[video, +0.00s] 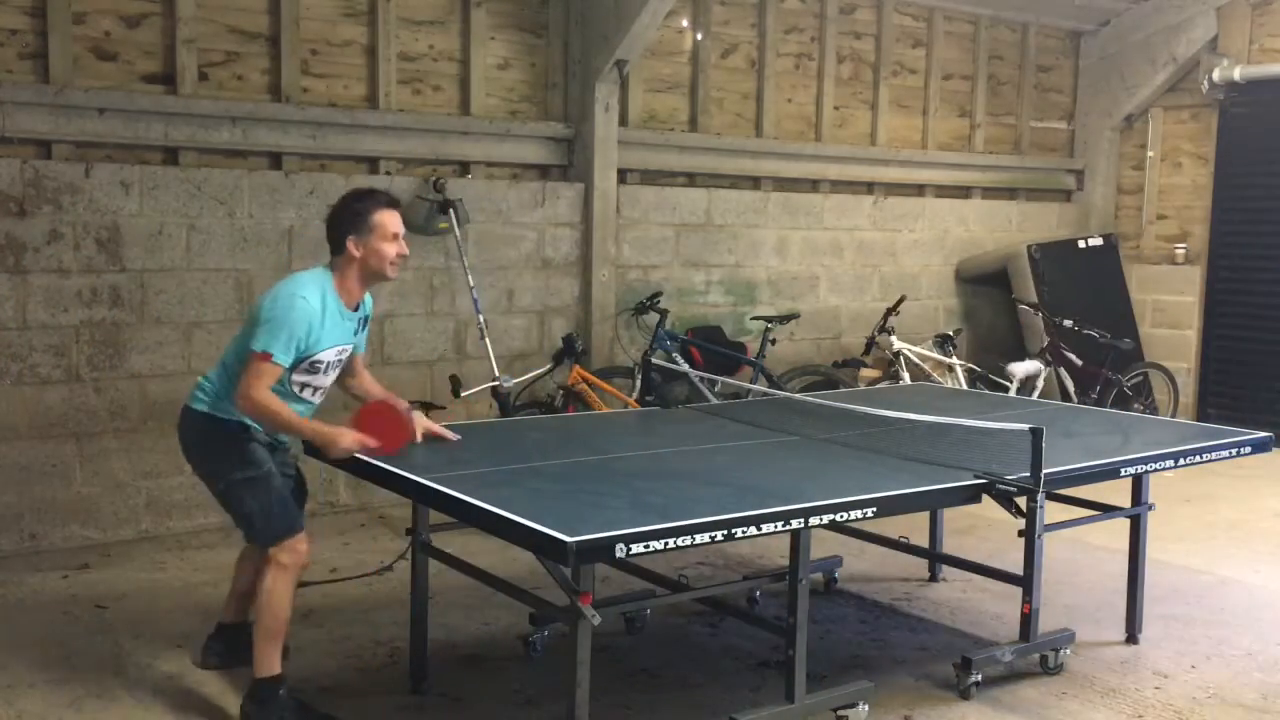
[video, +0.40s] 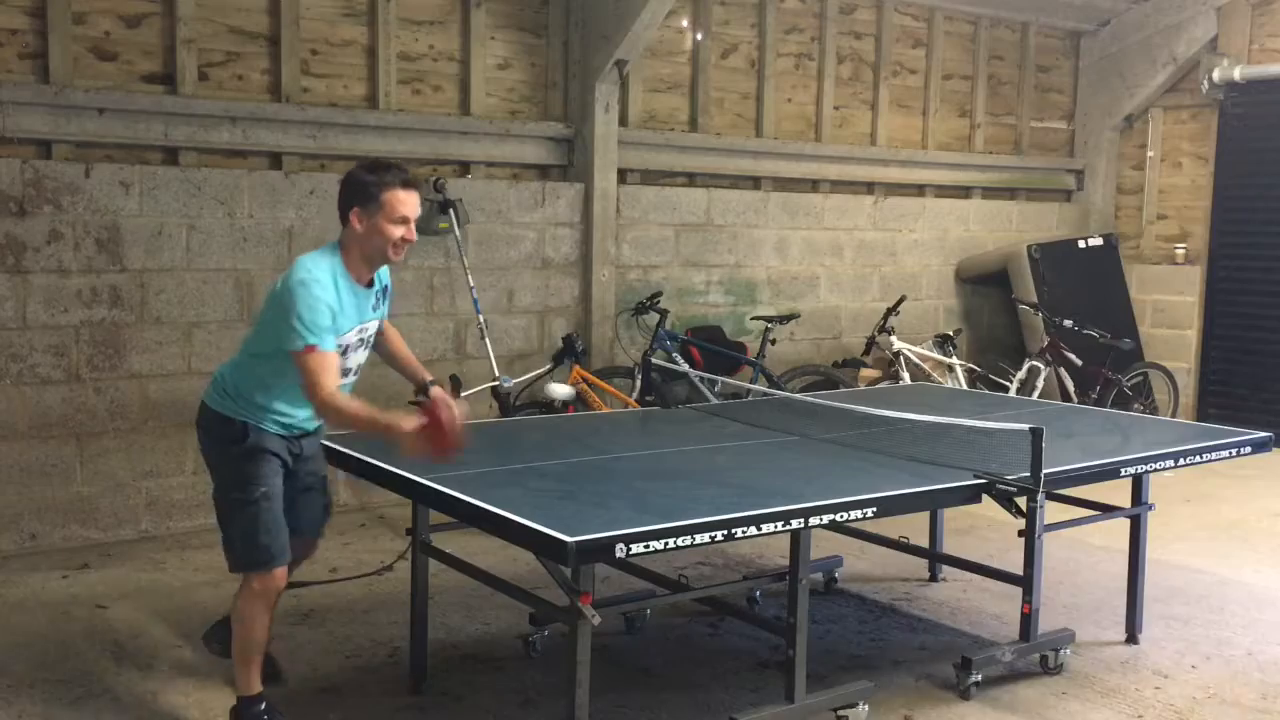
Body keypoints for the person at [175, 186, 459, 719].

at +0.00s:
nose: (403, 250)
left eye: (403, 238)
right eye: (392, 238)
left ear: (364, 247)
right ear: (354, 246)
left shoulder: (361, 303)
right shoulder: (298, 300)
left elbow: (350, 371)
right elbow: (250, 393)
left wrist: (404, 413)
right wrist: (322, 434)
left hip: (269, 429)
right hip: (220, 424)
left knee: (275, 532)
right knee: (289, 549)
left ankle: (229, 635)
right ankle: (267, 693)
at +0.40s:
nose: (411, 236)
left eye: (415, 223)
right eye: (400, 222)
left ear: (371, 223)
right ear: (357, 221)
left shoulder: (377, 275)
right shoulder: (310, 284)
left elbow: (377, 330)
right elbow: (327, 399)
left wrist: (428, 384)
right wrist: (400, 425)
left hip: (301, 427)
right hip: (246, 424)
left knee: (299, 545)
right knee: (267, 573)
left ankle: (235, 629)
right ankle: (248, 702)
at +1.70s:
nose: (470, 206)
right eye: (468, 198)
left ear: (392, 212)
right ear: (463, 211)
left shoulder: (357, 287)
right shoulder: (502, 297)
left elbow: (294, 416)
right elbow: (503, 401)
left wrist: (253, 470)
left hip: (378, 516)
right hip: (482, 511)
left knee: (299, 680)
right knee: (530, 700)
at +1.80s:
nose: (405, 230)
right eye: (403, 223)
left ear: (330, 238)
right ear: (398, 235)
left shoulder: (303, 312)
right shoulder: (441, 311)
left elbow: (237, 450)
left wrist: (191, 510)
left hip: (348, 532)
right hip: (450, 519)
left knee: (263, 688)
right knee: (515, 699)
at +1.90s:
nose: (333, 259)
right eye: (331, 249)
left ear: (260, 261)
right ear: (326, 258)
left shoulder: (233, 325)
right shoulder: (368, 325)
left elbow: (177, 472)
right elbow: (369, 431)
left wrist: (128, 534)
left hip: (296, 532)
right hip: (397, 520)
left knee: (219, 670)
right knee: (474, 689)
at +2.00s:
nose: (276, 253)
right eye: (275, 244)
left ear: (202, 253)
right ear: (270, 252)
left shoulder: (178, 313)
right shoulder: (308, 315)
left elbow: (124, 458)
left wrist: (90, 504)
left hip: (251, 522)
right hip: (350, 507)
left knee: (179, 673)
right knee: (423, 678)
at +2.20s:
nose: (228, 206)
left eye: (227, 194)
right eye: (226, 194)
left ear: (152, 198)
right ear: (208, 195)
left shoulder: (102, 264)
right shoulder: (254, 267)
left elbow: (17, 376)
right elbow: (297, 382)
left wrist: (27, 392)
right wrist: (330, 367)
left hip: (185, 471)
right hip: (276, 454)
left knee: (158, 663)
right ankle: (294, 714)